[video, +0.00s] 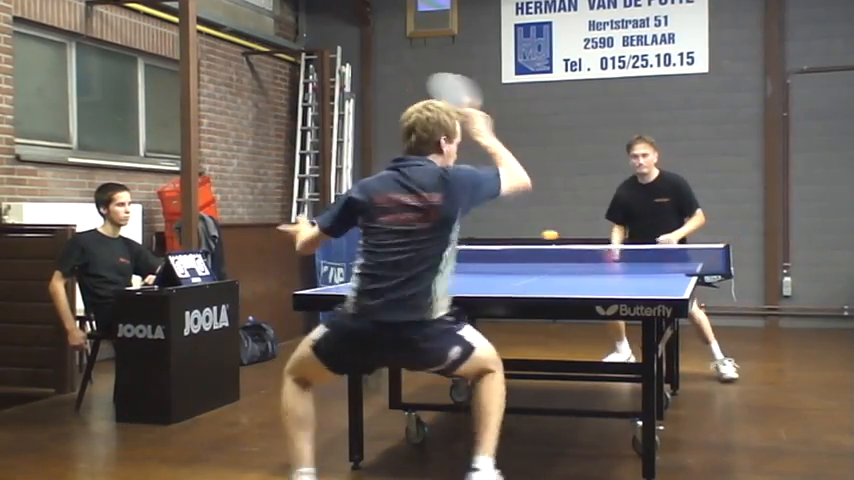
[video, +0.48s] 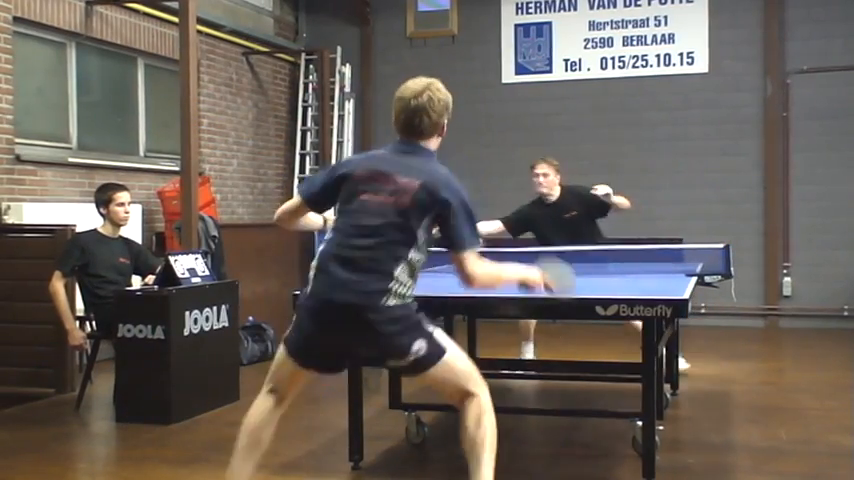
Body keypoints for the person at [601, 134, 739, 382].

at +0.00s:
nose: (639, 161)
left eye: (644, 155)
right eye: (634, 157)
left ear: (655, 156)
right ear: (629, 161)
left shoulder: (674, 184)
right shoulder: (625, 190)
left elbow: (699, 218)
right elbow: (618, 226)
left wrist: (676, 235)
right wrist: (615, 247)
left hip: (672, 264)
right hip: (635, 265)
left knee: (691, 307)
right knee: (608, 301)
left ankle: (719, 358)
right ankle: (623, 350)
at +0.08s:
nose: (628, 167)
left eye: (633, 161)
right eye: (624, 163)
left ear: (646, 160)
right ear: (620, 165)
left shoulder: (670, 187)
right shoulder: (623, 193)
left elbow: (696, 220)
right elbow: (613, 230)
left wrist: (665, 237)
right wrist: (582, 243)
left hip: (670, 267)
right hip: (633, 268)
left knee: (690, 312)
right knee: (596, 291)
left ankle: (728, 361)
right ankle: (614, 343)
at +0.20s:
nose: (602, 180)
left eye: (607, 175)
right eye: (599, 176)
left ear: (623, 175)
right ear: (600, 181)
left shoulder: (645, 197)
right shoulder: (603, 209)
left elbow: (680, 223)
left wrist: (644, 235)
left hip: (664, 270)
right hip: (623, 273)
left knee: (687, 314)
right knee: (579, 297)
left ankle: (729, 361)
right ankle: (561, 349)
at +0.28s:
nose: (576, 183)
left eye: (581, 178)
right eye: (574, 180)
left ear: (598, 178)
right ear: (575, 184)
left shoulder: (620, 197)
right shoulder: (577, 213)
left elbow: (661, 214)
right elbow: (539, 224)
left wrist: (627, 223)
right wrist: (500, 221)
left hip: (645, 271)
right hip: (604, 274)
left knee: (678, 315)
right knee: (565, 303)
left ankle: (726, 361)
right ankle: (541, 352)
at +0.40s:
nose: (547, 184)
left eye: (553, 179)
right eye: (545, 180)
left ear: (567, 181)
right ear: (543, 186)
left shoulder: (589, 198)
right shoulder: (545, 214)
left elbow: (635, 212)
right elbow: (527, 236)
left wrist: (615, 206)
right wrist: (516, 228)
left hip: (610, 269)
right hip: (568, 273)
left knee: (653, 310)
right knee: (536, 299)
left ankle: (700, 358)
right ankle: (528, 359)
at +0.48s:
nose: (541, 181)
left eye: (545, 175)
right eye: (536, 177)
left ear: (558, 176)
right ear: (532, 181)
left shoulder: (579, 195)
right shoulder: (532, 211)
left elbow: (625, 206)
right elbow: (498, 226)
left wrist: (611, 197)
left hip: (597, 266)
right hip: (556, 270)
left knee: (629, 311)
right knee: (525, 296)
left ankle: (666, 353)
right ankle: (527, 352)